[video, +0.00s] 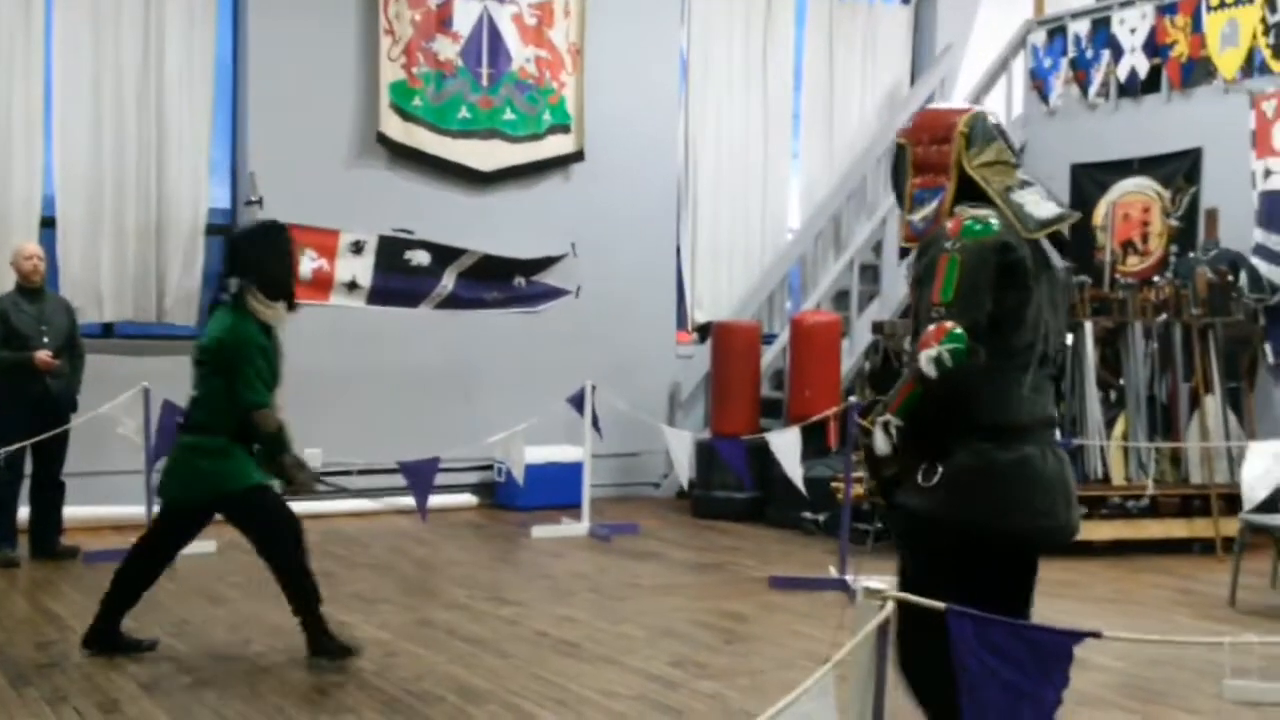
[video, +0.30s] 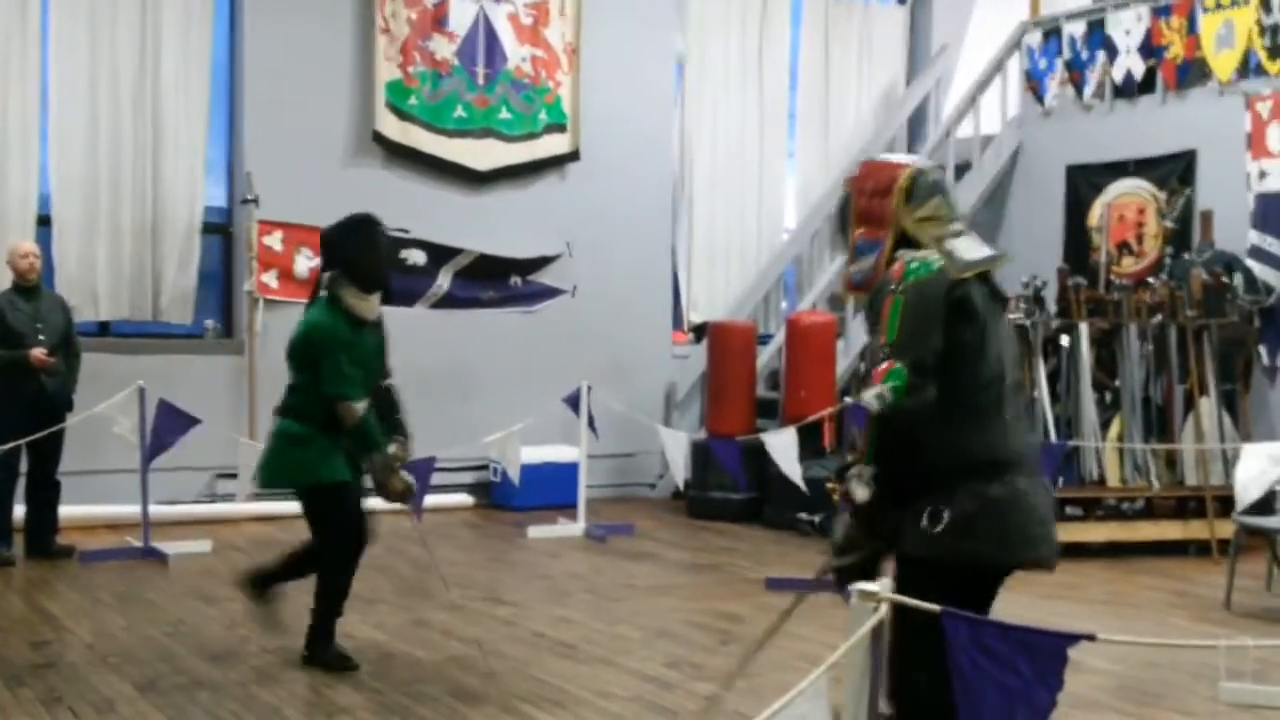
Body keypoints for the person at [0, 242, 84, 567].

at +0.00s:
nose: (35, 264)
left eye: (40, 258)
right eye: (28, 258)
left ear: (46, 265)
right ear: (14, 266)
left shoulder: (61, 307)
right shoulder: (6, 306)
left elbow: (75, 352)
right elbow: (2, 354)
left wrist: (70, 389)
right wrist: (29, 359)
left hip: (53, 404)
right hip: (13, 405)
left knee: (49, 478)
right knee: (10, 477)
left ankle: (46, 542)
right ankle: (6, 544)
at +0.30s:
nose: (31, 262)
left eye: (35, 256)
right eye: (24, 256)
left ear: (42, 263)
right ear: (11, 264)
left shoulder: (57, 304)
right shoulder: (4, 304)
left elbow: (72, 351)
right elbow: (1, 352)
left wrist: (66, 390)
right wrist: (24, 356)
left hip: (49, 403)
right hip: (9, 403)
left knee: (45, 477)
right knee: (6, 476)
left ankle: (41, 542)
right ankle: (4, 544)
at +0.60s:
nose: (32, 263)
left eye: (36, 257)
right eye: (24, 257)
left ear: (42, 264)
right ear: (10, 265)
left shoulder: (57, 306)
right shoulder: (4, 305)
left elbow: (72, 352)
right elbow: (1, 352)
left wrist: (65, 391)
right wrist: (24, 357)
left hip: (48, 404)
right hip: (9, 404)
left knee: (44, 478)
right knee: (5, 477)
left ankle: (40, 542)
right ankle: (3, 545)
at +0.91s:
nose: (28, 262)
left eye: (31, 256)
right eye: (21, 256)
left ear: (37, 263)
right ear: (6, 264)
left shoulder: (50, 304)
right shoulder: (2, 303)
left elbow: (65, 351)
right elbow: (0, 351)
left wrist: (59, 391)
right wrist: (19, 356)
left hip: (42, 402)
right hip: (5, 402)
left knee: (37, 476)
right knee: (2, 475)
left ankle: (33, 541)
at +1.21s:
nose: (28, 262)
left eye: (31, 256)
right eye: (20, 256)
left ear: (37, 263)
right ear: (5, 265)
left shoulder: (49, 304)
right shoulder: (1, 303)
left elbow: (64, 350)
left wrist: (59, 389)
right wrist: (19, 357)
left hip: (42, 402)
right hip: (5, 402)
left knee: (37, 475)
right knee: (2, 474)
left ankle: (33, 541)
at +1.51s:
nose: (27, 262)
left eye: (30, 256)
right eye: (19, 257)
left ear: (36, 263)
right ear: (5, 265)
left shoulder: (49, 305)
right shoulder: (2, 303)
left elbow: (63, 350)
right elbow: (0, 353)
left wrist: (59, 390)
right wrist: (19, 357)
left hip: (41, 402)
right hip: (5, 402)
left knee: (36, 475)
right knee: (2, 475)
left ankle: (32, 541)